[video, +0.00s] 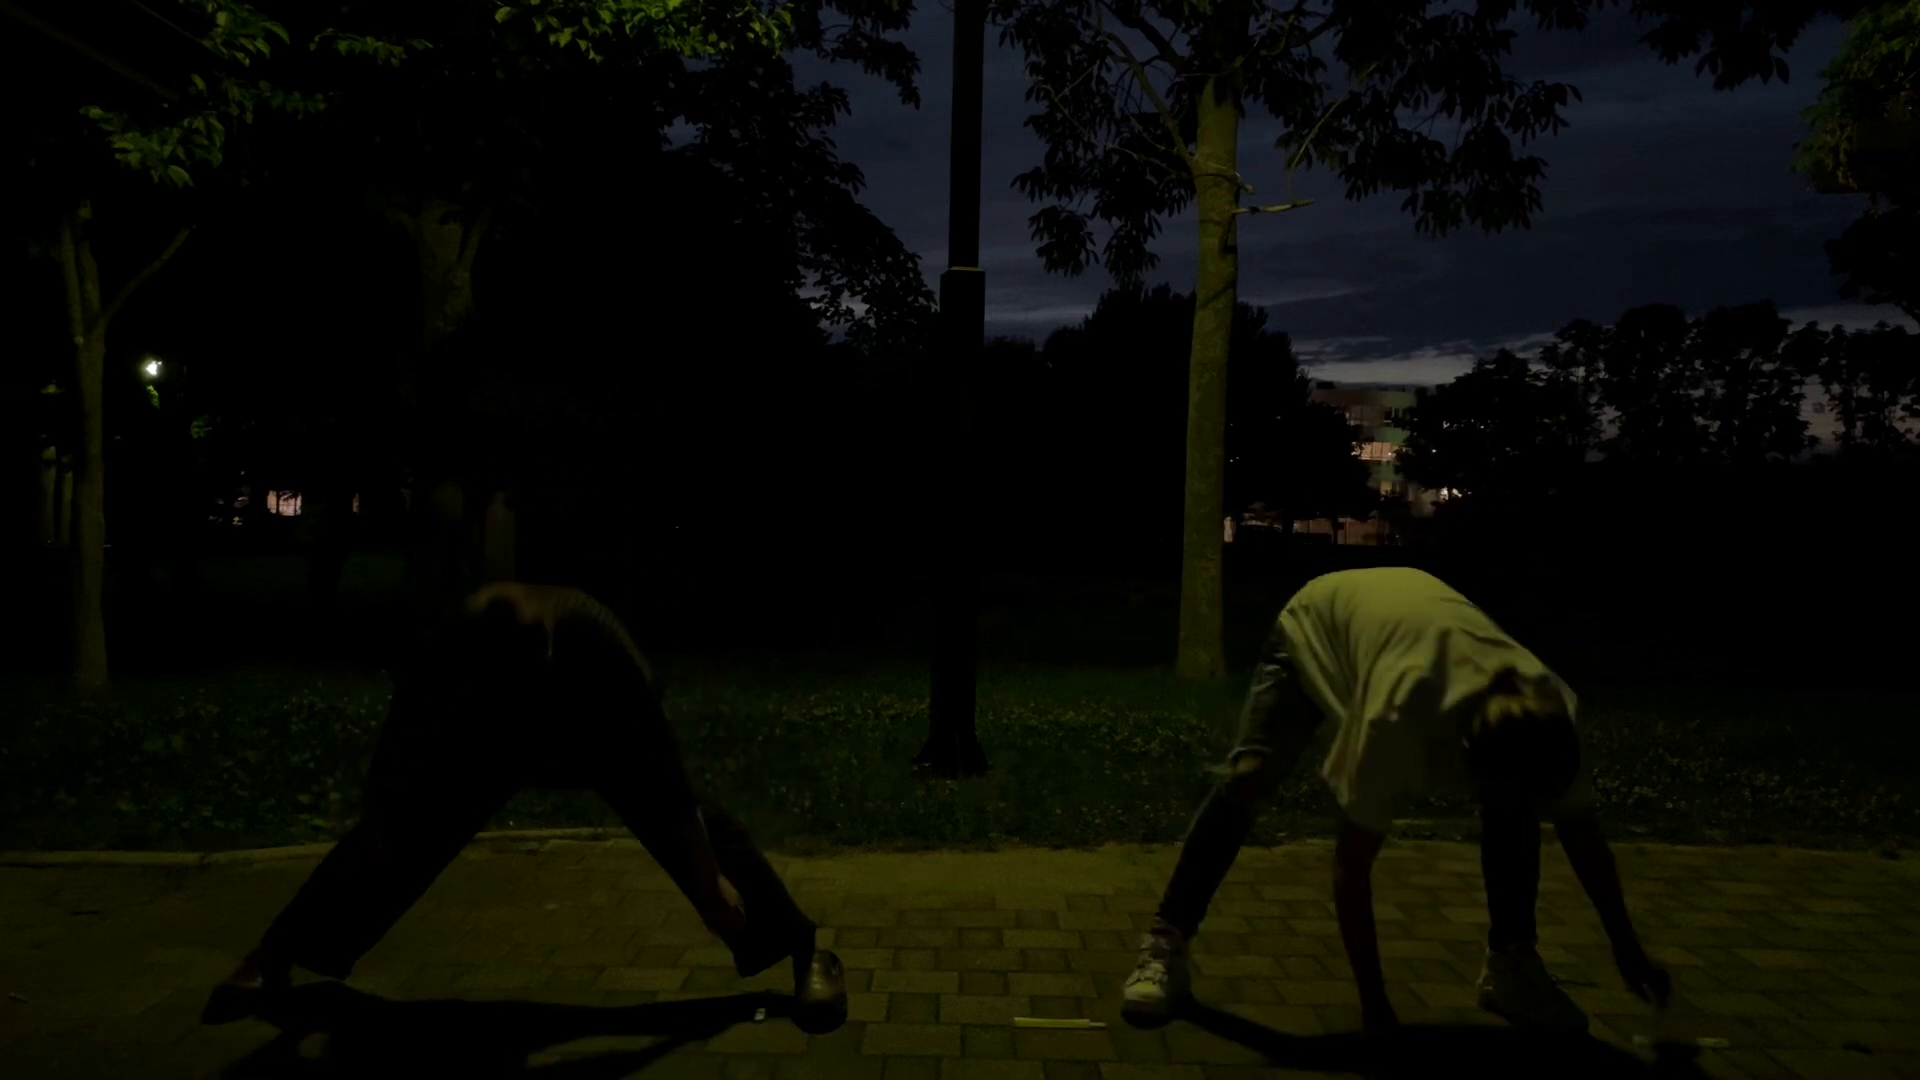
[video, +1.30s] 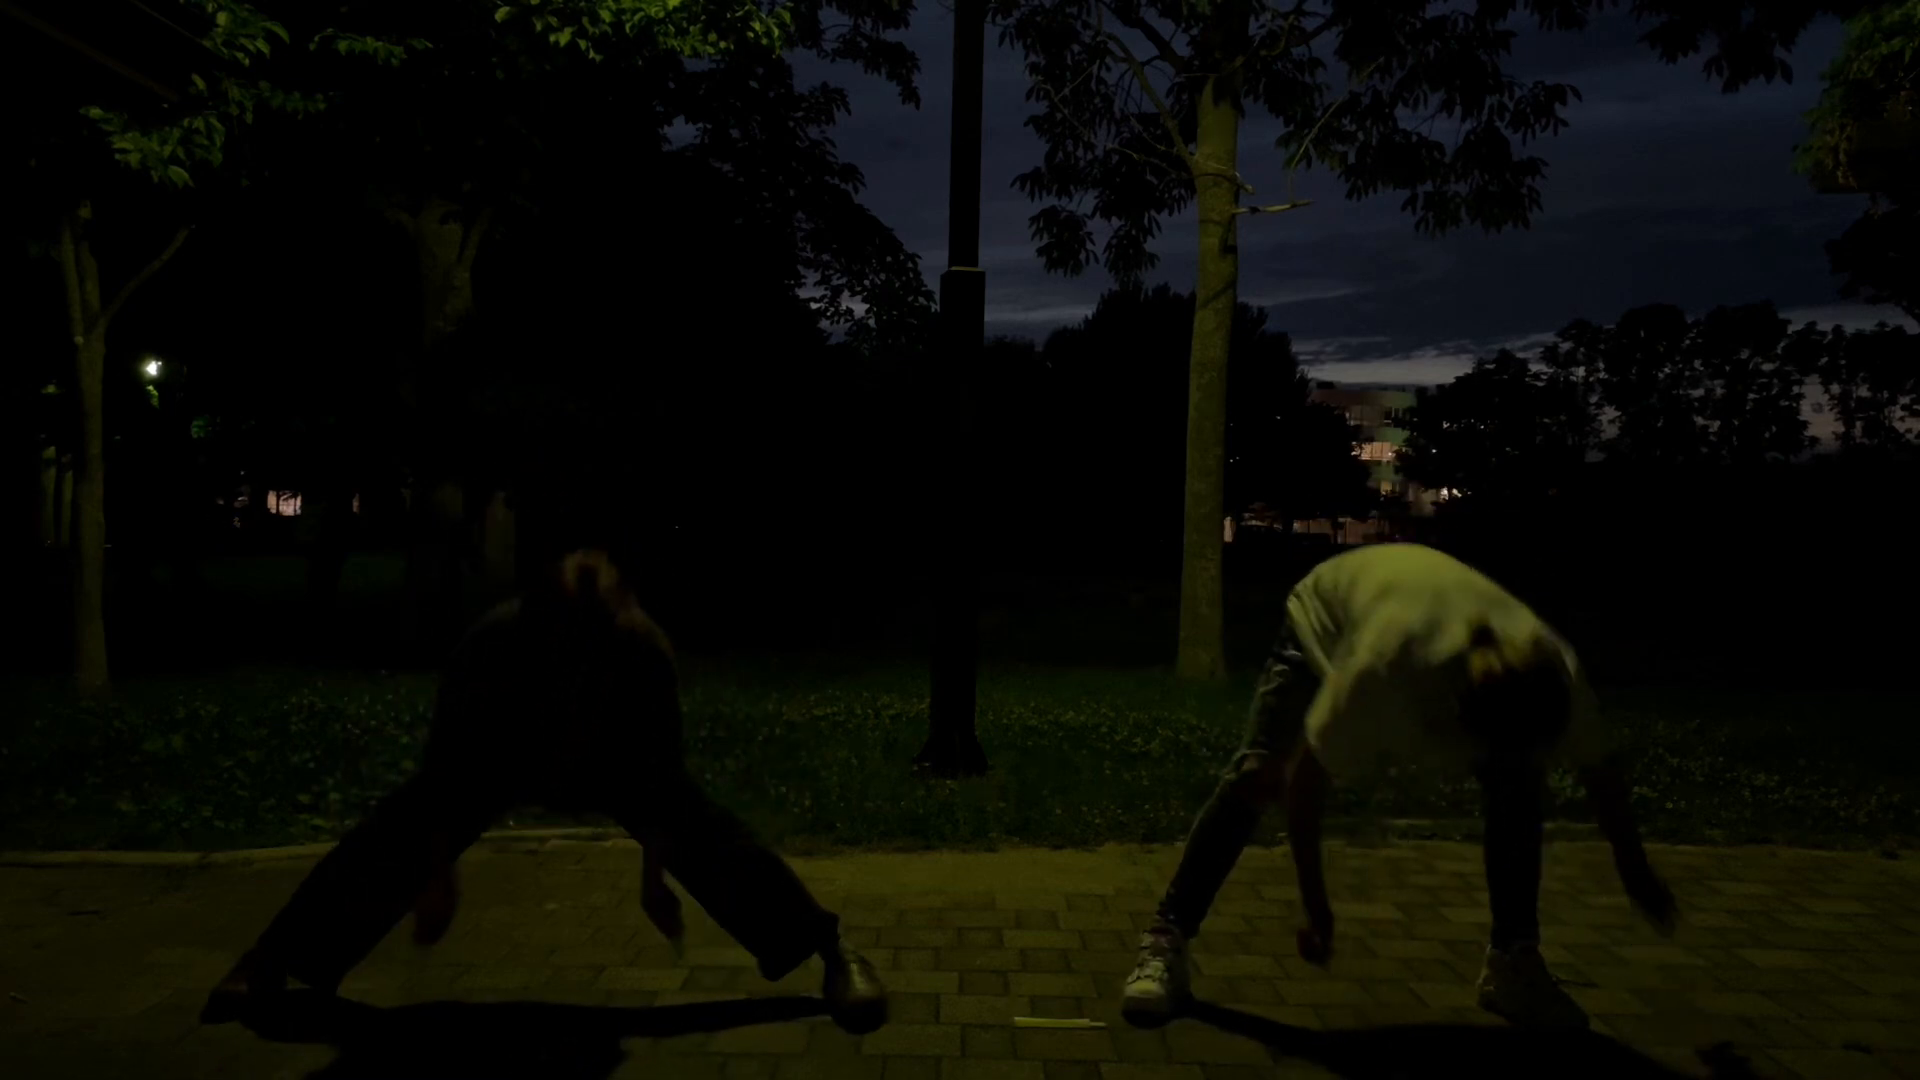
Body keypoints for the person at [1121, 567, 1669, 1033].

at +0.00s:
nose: (1515, 809)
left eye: (1531, 799)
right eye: (1509, 795)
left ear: (1560, 743)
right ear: (1481, 748)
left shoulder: (1550, 711)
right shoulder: (1400, 710)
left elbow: (1581, 832)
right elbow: (1351, 866)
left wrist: (1628, 947)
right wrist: (1374, 1006)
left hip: (1425, 603)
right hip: (1319, 614)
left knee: (1512, 802)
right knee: (1250, 777)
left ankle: (1513, 969)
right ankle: (1164, 949)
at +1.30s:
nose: (1513, 756)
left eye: (1528, 747)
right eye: (1504, 745)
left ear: (1552, 701)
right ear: (1474, 704)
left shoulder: (1550, 666)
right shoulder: (1389, 662)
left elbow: (1602, 773)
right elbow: (1302, 781)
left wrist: (1634, 871)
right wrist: (1314, 909)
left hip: (1444, 604)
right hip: (1326, 616)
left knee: (1518, 789)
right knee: (1256, 774)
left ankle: (1515, 967)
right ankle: (1166, 946)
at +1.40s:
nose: (1492, 719)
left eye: (1508, 706)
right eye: (1484, 703)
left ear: (1533, 668)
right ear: (1458, 663)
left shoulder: (1542, 637)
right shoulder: (1373, 633)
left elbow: (1580, 731)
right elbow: (1291, 750)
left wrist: (1610, 805)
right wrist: (1298, 888)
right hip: (1315, 613)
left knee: (1504, 787)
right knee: (1249, 770)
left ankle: (1515, 965)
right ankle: (1165, 945)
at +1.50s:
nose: (1478, 683)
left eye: (1488, 673)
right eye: (1469, 671)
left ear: (1516, 620)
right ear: (1440, 620)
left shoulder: (1512, 572)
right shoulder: (1354, 594)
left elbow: (1536, 669)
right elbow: (1281, 731)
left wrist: (1558, 725)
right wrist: (1267, 853)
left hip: (1422, 641)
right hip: (1304, 624)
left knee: (1518, 778)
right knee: (1241, 772)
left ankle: (1562, 951)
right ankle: (1164, 943)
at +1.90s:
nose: (1472, 760)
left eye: (1482, 744)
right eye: (1459, 748)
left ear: (1503, 696)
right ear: (1420, 703)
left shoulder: (1538, 643)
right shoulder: (1349, 660)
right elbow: (1241, 787)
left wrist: (1557, 742)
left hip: (1468, 606)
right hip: (1337, 621)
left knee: (1557, 803)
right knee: (1253, 796)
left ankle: (1601, 972)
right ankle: (1167, 946)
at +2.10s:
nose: (1381, 776)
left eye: (1398, 764)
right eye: (1367, 765)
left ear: (1431, 716)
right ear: (1337, 723)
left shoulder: (1483, 662)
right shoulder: (1286, 686)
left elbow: (1544, 641)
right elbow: (1215, 793)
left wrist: (1543, 748)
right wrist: (1147, 909)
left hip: (1409, 598)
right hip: (1298, 613)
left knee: (1533, 802)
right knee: (1231, 798)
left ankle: (1601, 973)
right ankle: (1163, 952)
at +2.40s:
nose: (1269, 788)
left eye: (1284, 774)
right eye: (1256, 772)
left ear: (1315, 731)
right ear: (1233, 744)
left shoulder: (1392, 692)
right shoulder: (1202, 730)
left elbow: (1487, 670)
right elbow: (1149, 841)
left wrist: (1507, 763)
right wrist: (1081, 956)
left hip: (1372, 616)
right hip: (1256, 622)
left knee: (1501, 806)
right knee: (1185, 804)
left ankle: (1601, 973)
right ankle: (1162, 958)